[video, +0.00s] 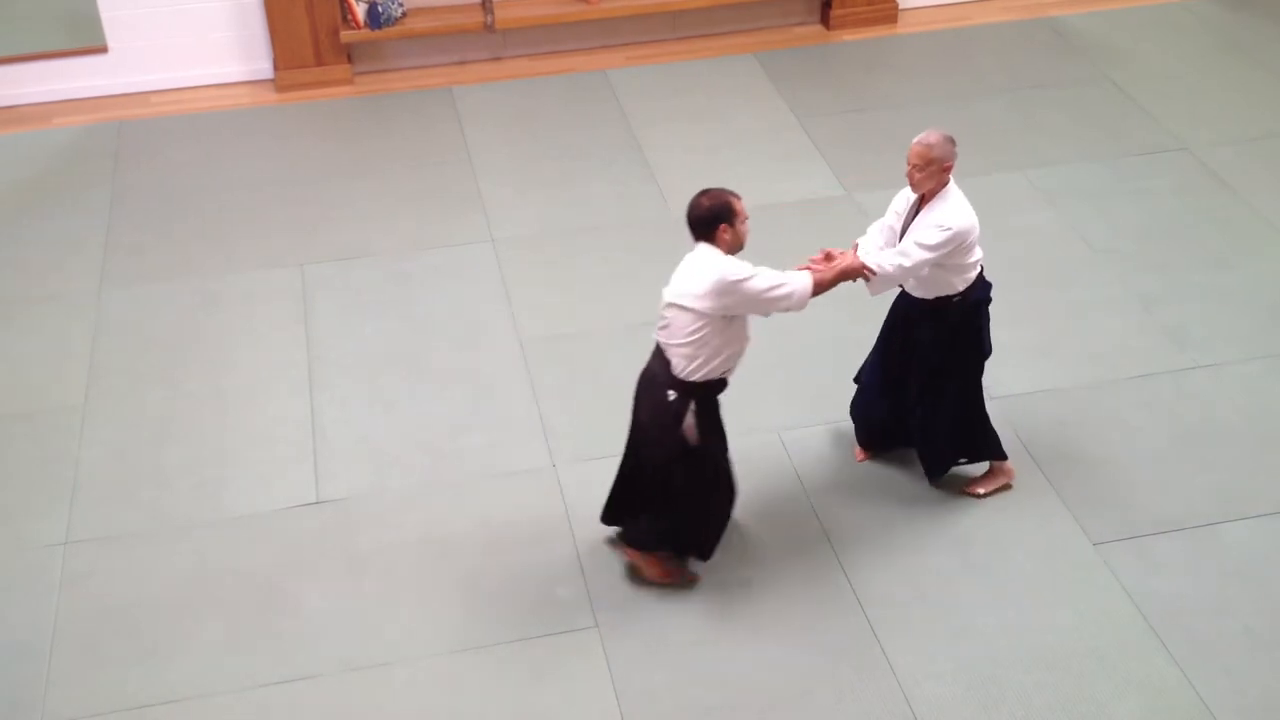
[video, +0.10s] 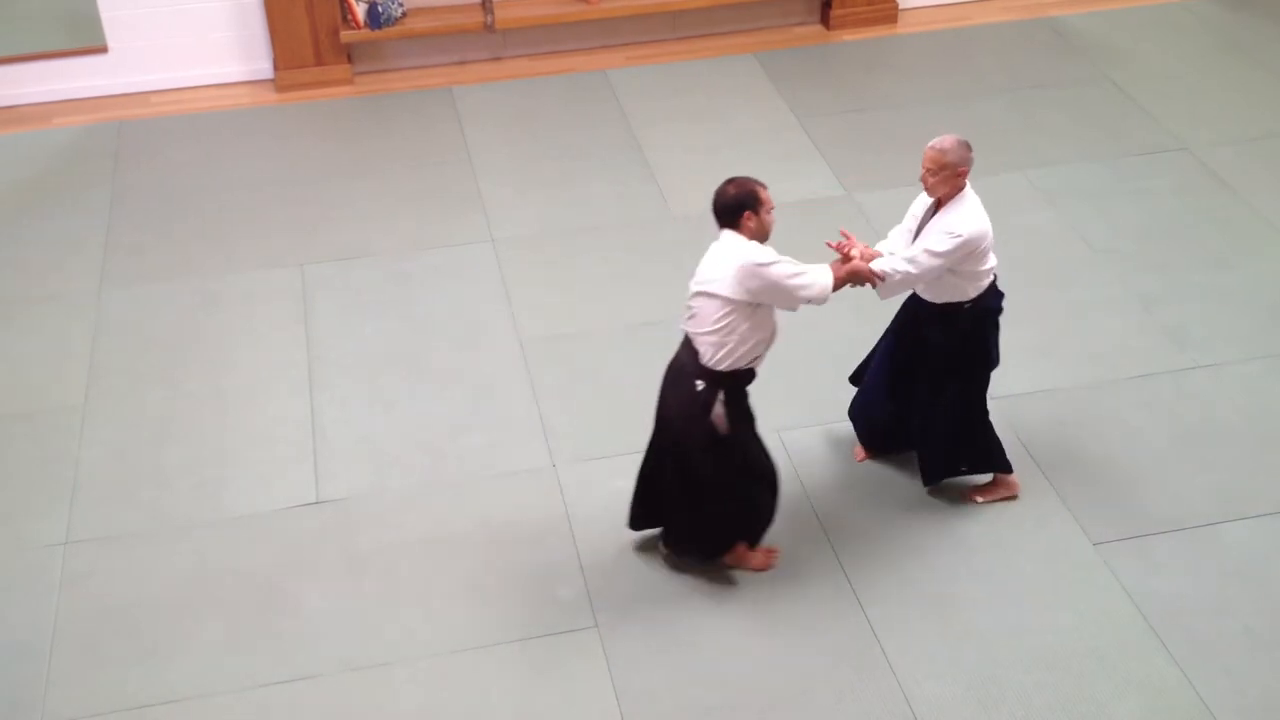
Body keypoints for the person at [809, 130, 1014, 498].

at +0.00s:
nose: (910, 174)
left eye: (919, 169)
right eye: (909, 166)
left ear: (946, 170)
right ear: (908, 162)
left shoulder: (955, 219)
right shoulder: (910, 195)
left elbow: (904, 261)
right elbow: (883, 232)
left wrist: (847, 269)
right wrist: (851, 256)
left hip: (956, 309)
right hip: (914, 301)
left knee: (959, 389)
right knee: (881, 373)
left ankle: (999, 466)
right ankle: (879, 434)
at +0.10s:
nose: (923, 178)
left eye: (932, 173)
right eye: (923, 170)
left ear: (960, 176)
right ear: (924, 165)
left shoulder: (968, 225)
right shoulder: (930, 198)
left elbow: (914, 265)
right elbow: (901, 238)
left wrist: (860, 271)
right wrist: (869, 253)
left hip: (966, 316)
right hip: (925, 304)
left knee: (962, 400)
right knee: (888, 372)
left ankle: (1004, 478)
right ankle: (882, 437)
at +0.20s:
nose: (940, 184)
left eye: (949, 179)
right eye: (941, 176)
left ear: (978, 183)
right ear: (969, 181)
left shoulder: (986, 231)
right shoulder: (955, 206)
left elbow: (934, 272)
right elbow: (924, 249)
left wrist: (866, 283)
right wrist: (889, 258)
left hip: (990, 321)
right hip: (952, 309)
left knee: (973, 403)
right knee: (903, 368)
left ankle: (1005, 481)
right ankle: (886, 431)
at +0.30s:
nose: (959, 188)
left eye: (968, 183)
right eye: (960, 180)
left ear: (996, 186)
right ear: (989, 185)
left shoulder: (1000, 237)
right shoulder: (979, 211)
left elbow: (947, 280)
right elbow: (945, 259)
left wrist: (885, 295)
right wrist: (906, 255)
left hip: (1014, 328)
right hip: (985, 316)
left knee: (993, 407)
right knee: (941, 367)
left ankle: (1003, 481)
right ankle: (939, 431)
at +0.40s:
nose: (977, 189)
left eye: (985, 184)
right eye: (979, 181)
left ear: (1013, 190)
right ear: (1012, 189)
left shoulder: (1013, 242)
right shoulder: (1007, 213)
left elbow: (956, 284)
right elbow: (968, 260)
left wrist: (896, 294)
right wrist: (928, 246)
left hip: (1026, 336)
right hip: (1008, 323)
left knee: (989, 410)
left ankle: (1002, 483)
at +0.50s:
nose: (999, 187)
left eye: (1006, 181)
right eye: (1001, 179)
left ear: (1031, 189)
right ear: (1033, 188)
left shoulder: (1020, 241)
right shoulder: (1049, 219)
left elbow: (966, 277)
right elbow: (995, 259)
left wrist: (917, 280)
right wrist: (952, 239)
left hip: (1030, 339)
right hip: (1059, 324)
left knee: (986, 396)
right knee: (1042, 399)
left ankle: (1005, 485)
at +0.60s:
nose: (1021, 182)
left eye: (1027, 176)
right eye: (1024, 174)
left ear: (1048, 186)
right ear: (1058, 186)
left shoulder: (1032, 240)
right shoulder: (1075, 222)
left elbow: (980, 270)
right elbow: (1015, 259)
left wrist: (936, 266)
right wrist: (979, 231)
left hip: (1042, 341)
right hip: (1084, 329)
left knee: (988, 387)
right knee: (1090, 397)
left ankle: (1004, 483)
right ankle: (1128, 466)